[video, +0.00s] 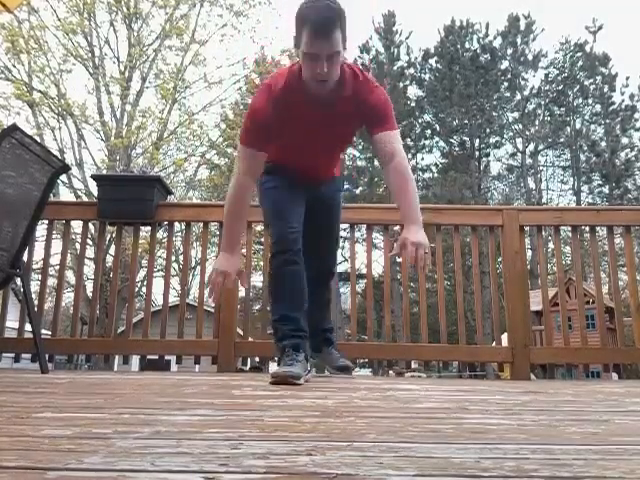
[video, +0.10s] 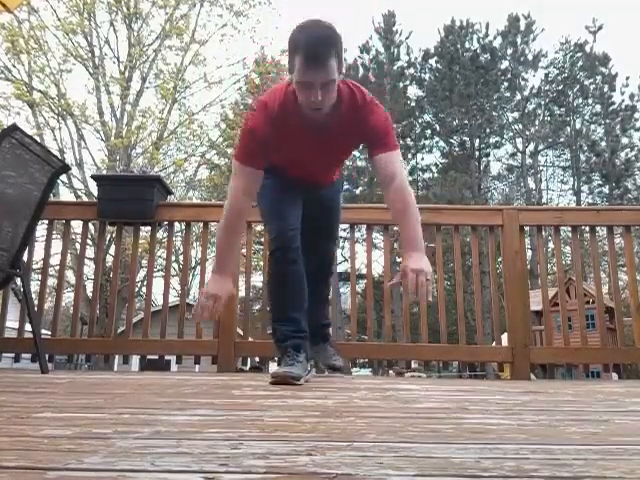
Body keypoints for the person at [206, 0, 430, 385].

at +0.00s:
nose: (323, 68)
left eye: (332, 56)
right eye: (312, 57)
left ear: (344, 47)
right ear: (297, 49)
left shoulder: (366, 93)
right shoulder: (272, 95)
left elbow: (394, 158)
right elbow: (244, 176)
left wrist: (413, 224)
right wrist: (229, 250)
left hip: (326, 176)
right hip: (280, 174)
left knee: (323, 262)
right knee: (286, 245)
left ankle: (320, 347)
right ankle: (290, 350)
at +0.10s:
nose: (316, 98)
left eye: (326, 85)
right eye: (306, 87)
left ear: (341, 73)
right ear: (290, 75)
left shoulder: (366, 111)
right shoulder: (267, 113)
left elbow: (394, 182)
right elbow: (238, 198)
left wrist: (415, 252)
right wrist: (222, 274)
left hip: (325, 180)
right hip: (278, 176)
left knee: (322, 261)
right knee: (285, 244)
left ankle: (317, 342)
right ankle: (291, 351)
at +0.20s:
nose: (311, 124)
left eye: (321, 112)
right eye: (299, 113)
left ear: (336, 98)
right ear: (284, 100)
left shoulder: (363, 129)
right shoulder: (261, 132)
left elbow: (394, 204)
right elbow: (235, 215)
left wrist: (415, 280)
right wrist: (213, 295)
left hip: (325, 185)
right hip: (279, 183)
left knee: (320, 259)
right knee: (284, 248)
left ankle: (318, 342)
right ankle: (292, 352)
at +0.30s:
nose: (307, 162)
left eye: (318, 151)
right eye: (297, 151)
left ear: (334, 133)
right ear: (280, 134)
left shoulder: (361, 157)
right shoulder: (257, 160)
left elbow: (392, 240)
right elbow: (228, 241)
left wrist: (418, 321)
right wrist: (202, 323)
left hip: (324, 195)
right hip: (277, 193)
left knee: (318, 261)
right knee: (283, 247)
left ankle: (316, 346)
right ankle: (293, 352)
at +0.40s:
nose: (308, 182)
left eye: (318, 172)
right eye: (297, 172)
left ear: (334, 153)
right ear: (281, 153)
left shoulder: (361, 173)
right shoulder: (254, 175)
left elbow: (394, 260)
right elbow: (223, 258)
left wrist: (422, 344)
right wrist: (194, 340)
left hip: (326, 201)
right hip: (276, 201)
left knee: (319, 263)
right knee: (280, 251)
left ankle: (317, 347)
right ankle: (293, 353)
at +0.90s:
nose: (314, 197)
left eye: (326, 184)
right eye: (302, 185)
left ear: (347, 164)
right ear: (283, 163)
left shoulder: (379, 189)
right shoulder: (250, 187)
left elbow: (417, 283)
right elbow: (208, 285)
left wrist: (437, 376)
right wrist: (180, 369)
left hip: (342, 224)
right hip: (280, 216)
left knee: (328, 291)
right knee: (237, 281)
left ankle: (321, 346)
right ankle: (287, 321)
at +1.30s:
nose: (299, 154)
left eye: (311, 138)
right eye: (285, 139)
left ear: (331, 133)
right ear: (267, 136)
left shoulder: (367, 185)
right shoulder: (243, 185)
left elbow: (413, 284)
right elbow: (206, 284)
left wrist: (438, 374)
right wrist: (180, 370)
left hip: (332, 240)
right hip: (273, 240)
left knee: (326, 301)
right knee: (286, 304)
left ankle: (324, 355)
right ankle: (291, 354)